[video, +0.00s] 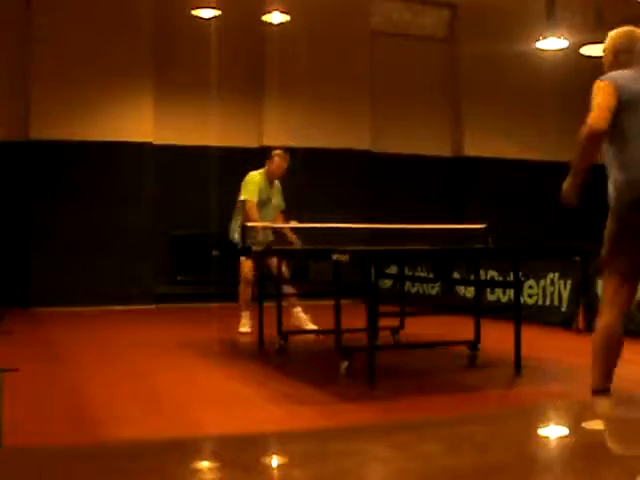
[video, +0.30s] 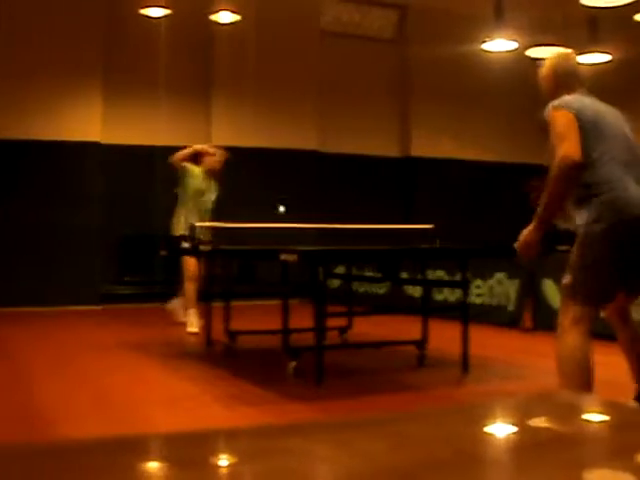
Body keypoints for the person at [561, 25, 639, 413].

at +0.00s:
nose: (602, 61)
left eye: (605, 56)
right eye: (604, 55)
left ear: (613, 56)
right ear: (635, 55)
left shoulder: (612, 82)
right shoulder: (625, 83)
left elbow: (596, 127)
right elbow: (597, 128)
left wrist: (576, 176)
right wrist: (579, 175)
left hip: (630, 202)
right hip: (628, 202)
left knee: (616, 294)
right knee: (615, 294)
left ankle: (601, 393)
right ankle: (601, 392)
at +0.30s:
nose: (539, 77)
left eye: (541, 71)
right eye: (540, 71)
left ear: (551, 78)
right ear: (577, 78)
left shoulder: (562, 107)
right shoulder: (610, 113)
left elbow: (569, 156)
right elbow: (627, 165)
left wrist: (537, 226)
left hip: (610, 216)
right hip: (637, 215)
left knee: (575, 314)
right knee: (619, 308)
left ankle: (575, 410)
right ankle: (638, 389)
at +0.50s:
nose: (515, 85)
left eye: (515, 77)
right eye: (514, 77)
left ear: (524, 76)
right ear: (557, 73)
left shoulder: (544, 99)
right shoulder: (581, 102)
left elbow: (558, 143)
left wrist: (538, 221)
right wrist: (538, 201)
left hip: (603, 210)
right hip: (631, 207)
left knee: (561, 317)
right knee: (604, 309)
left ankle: (557, 415)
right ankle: (637, 390)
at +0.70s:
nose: (514, 122)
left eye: (514, 114)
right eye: (513, 114)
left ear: (526, 110)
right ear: (551, 102)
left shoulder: (557, 126)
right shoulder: (576, 124)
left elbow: (593, 160)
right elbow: (577, 212)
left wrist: (587, 228)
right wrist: (537, 220)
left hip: (627, 225)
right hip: (633, 224)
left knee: (565, 316)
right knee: (603, 319)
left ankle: (571, 414)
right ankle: (636, 397)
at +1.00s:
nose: (513, 190)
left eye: (513, 181)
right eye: (511, 182)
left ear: (527, 176)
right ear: (545, 166)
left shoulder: (557, 185)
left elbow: (599, 210)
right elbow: (565, 249)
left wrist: (617, 282)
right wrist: (520, 279)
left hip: (635, 260)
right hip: (634, 259)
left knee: (557, 321)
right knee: (595, 326)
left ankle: (569, 417)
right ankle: (635, 401)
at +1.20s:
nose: (513, 148)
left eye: (514, 139)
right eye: (512, 140)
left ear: (528, 136)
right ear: (551, 130)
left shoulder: (552, 154)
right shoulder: (571, 148)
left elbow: (592, 184)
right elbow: (604, 228)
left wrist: (613, 258)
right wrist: (576, 270)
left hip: (630, 240)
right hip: (635, 239)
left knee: (554, 321)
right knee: (600, 321)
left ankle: (569, 418)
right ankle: (635, 400)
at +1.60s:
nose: (520, 60)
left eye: (521, 54)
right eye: (523, 54)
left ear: (525, 55)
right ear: (566, 56)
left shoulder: (536, 79)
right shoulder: (585, 89)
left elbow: (535, 121)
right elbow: (610, 157)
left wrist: (510, 196)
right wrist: (554, 196)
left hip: (592, 204)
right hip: (628, 200)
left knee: (547, 311)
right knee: (617, 305)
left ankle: (562, 413)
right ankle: (634, 397)